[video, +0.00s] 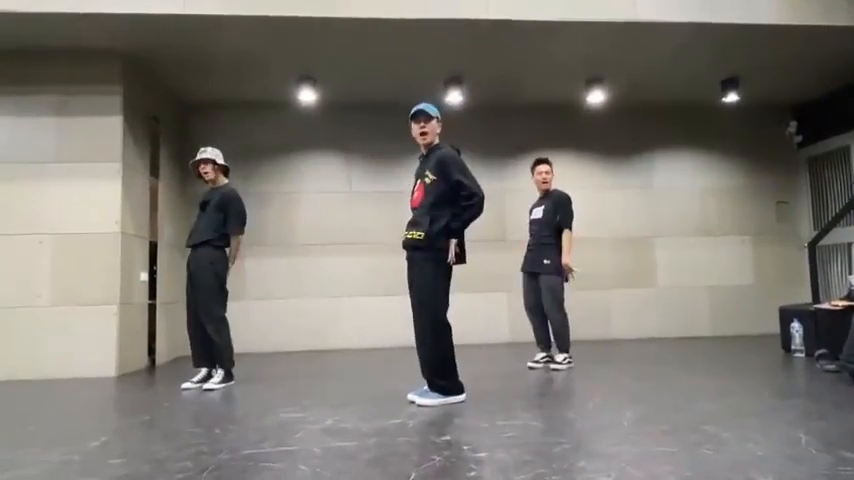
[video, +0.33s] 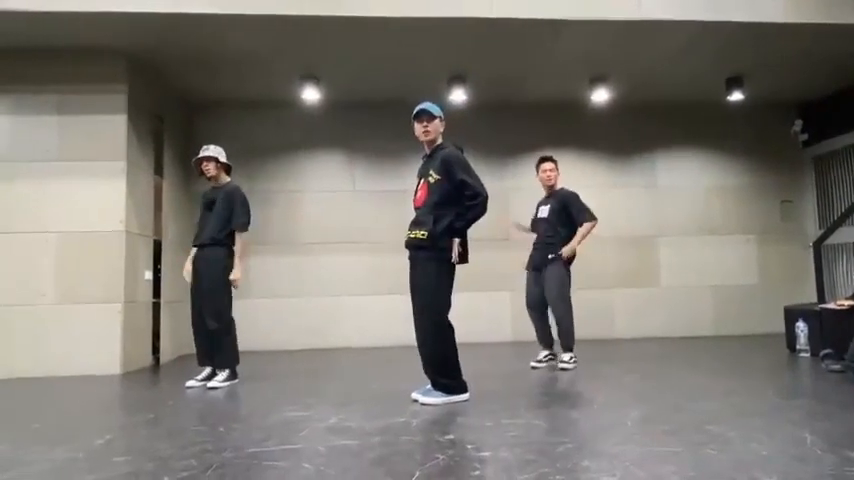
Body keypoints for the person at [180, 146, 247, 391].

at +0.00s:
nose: (203, 169)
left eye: (207, 164)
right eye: (200, 166)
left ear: (219, 166)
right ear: (199, 171)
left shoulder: (230, 195)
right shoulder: (210, 195)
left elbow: (236, 234)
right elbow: (208, 230)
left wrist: (230, 262)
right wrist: (225, 259)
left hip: (213, 254)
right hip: (197, 254)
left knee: (212, 313)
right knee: (196, 313)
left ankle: (224, 370)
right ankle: (204, 367)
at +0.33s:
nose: (205, 167)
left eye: (209, 162)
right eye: (203, 164)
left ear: (221, 164)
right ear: (202, 168)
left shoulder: (234, 193)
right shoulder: (209, 195)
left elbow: (240, 233)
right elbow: (202, 231)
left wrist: (237, 267)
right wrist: (190, 258)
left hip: (219, 256)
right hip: (202, 256)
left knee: (219, 313)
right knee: (200, 313)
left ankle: (227, 368)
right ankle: (208, 365)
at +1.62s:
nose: (180, 157)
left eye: (185, 153)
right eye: (179, 154)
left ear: (196, 157)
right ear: (180, 158)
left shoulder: (204, 177)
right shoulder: (191, 183)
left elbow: (230, 208)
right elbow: (195, 227)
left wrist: (232, 242)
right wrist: (180, 259)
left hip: (206, 248)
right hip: (191, 248)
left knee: (201, 303)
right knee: (179, 301)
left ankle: (236, 354)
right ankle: (182, 359)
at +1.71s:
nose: (178, 157)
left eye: (183, 153)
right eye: (176, 153)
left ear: (194, 157)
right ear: (177, 158)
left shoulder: (200, 178)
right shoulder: (189, 186)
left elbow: (229, 205)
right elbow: (192, 235)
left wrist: (229, 237)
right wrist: (173, 259)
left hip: (204, 248)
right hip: (192, 249)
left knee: (197, 304)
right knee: (179, 301)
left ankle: (236, 353)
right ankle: (182, 358)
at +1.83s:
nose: (178, 154)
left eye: (183, 150)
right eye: (177, 150)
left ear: (195, 154)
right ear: (177, 155)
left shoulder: (201, 175)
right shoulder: (188, 182)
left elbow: (226, 204)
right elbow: (192, 229)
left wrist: (227, 239)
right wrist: (173, 253)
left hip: (205, 246)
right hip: (190, 248)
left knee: (211, 302)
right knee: (183, 302)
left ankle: (242, 353)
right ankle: (183, 357)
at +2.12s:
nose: (202, 155)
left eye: (207, 151)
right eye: (200, 151)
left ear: (219, 155)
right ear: (197, 155)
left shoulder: (231, 185)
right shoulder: (195, 187)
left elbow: (239, 224)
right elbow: (194, 228)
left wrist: (232, 255)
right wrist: (185, 256)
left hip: (222, 251)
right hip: (199, 252)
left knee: (234, 304)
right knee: (184, 305)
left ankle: (256, 354)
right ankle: (182, 357)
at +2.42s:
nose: (228, 150)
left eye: (233, 146)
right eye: (225, 146)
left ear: (243, 151)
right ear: (221, 151)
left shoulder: (254, 182)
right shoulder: (212, 180)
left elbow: (257, 220)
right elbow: (205, 209)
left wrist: (225, 228)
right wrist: (202, 230)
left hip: (243, 250)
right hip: (218, 249)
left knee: (250, 304)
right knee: (202, 296)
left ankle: (258, 357)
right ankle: (226, 338)